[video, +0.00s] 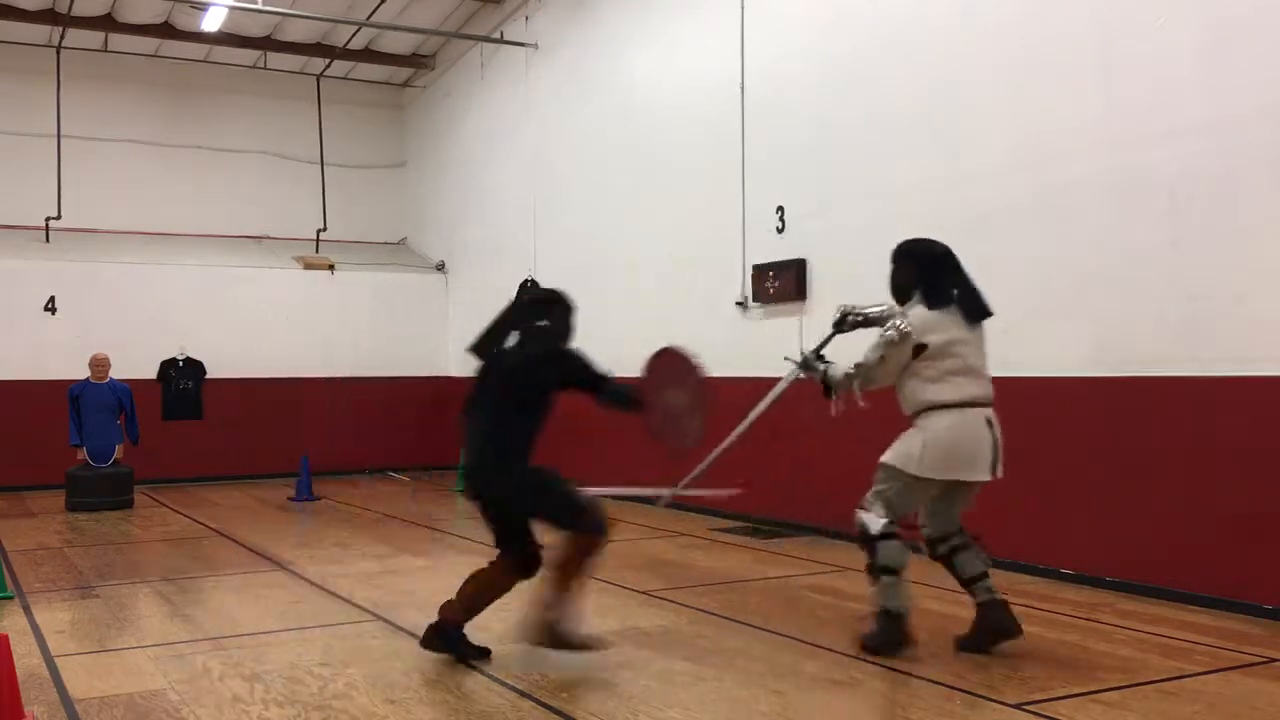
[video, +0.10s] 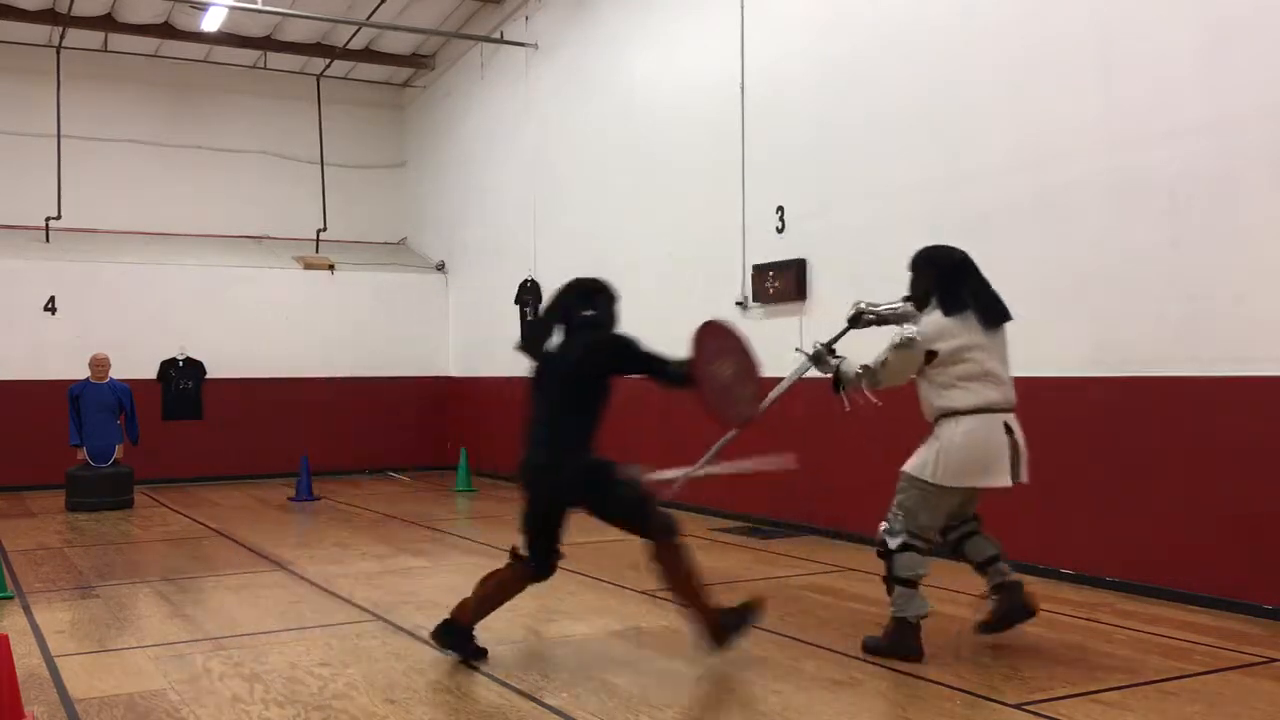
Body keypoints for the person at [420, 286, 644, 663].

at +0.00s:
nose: (567, 331)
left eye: (565, 324)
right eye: (564, 324)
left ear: (526, 323)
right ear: (558, 326)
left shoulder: (501, 356)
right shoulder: (555, 360)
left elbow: (472, 412)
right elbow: (605, 389)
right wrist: (644, 398)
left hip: (482, 476)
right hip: (513, 476)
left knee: (519, 559)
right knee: (589, 524)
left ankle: (446, 627)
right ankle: (550, 624)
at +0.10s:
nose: (614, 315)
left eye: (610, 307)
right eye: (610, 308)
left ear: (569, 314)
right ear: (600, 312)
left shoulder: (553, 352)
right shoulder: (607, 347)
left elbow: (529, 338)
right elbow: (671, 373)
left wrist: (551, 305)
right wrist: (707, 367)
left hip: (542, 471)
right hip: (577, 470)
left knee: (536, 562)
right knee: (660, 528)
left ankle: (457, 625)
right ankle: (711, 621)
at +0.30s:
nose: (710, 319)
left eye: (706, 313)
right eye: (705, 313)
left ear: (663, 322)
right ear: (699, 319)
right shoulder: (713, 352)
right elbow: (778, 367)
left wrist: (759, 399)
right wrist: (812, 359)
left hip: (664, 485)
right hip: (702, 484)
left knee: (629, 580)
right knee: (777, 536)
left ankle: (540, 635)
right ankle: (769, 636)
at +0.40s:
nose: (759, 309)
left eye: (752, 304)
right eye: (754, 304)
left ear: (710, 312)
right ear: (751, 310)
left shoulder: (702, 348)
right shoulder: (767, 349)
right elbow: (826, 365)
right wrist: (868, 369)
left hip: (703, 478)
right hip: (740, 479)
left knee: (655, 569)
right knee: (804, 542)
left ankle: (573, 635)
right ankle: (769, 637)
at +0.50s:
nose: (805, 297)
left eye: (801, 288)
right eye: (800, 290)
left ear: (755, 296)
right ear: (793, 296)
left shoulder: (745, 331)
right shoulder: (804, 332)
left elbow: (790, 342)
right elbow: (861, 367)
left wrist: (813, 309)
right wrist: (886, 372)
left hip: (731, 460)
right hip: (772, 465)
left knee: (697, 549)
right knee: (815, 546)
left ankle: (628, 621)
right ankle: (769, 636)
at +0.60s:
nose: (836, 273)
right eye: (831, 267)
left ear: (785, 272)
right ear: (825, 274)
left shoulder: (773, 306)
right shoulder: (841, 315)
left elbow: (800, 283)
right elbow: (880, 367)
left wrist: (842, 276)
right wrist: (888, 378)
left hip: (764, 439)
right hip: (810, 443)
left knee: (750, 531)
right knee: (838, 535)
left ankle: (722, 621)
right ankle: (786, 621)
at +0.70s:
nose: (870, 271)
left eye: (867, 264)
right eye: (867, 264)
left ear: (821, 263)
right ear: (860, 269)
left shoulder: (805, 300)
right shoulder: (874, 309)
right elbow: (916, 360)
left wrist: (881, 292)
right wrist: (921, 324)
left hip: (796, 437)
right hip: (844, 439)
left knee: (791, 533)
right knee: (902, 526)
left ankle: (771, 636)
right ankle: (851, 616)